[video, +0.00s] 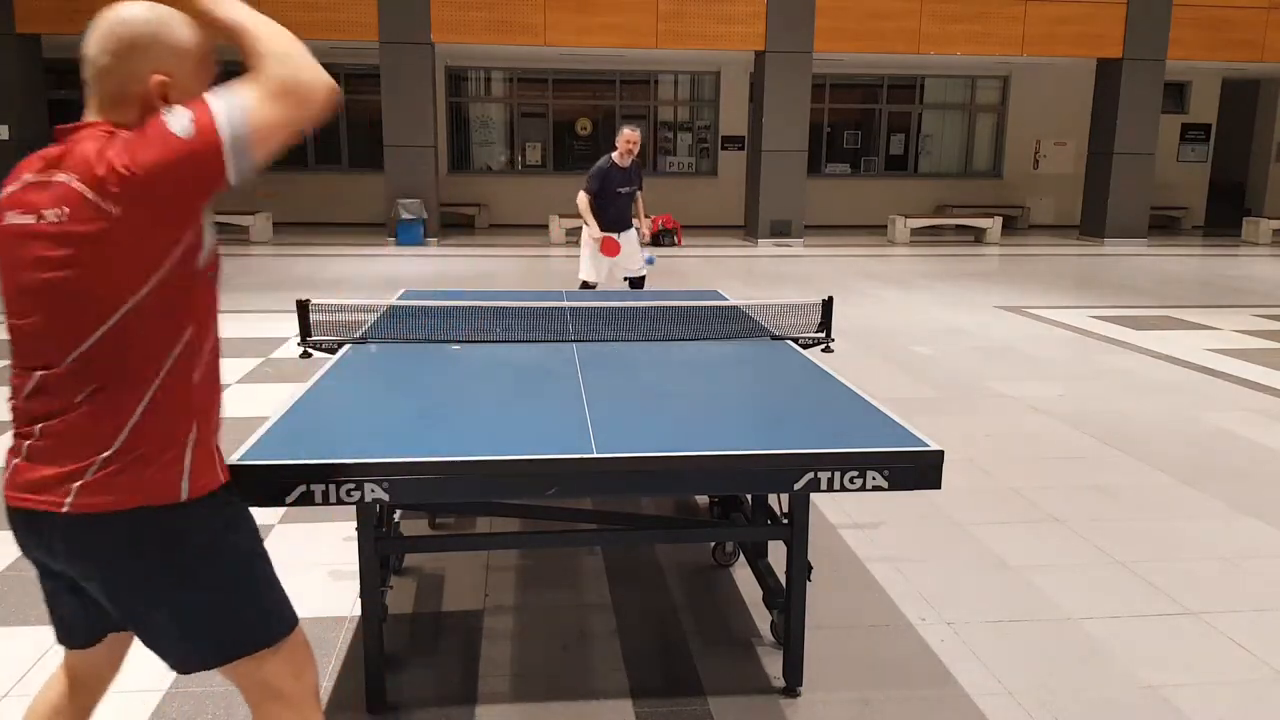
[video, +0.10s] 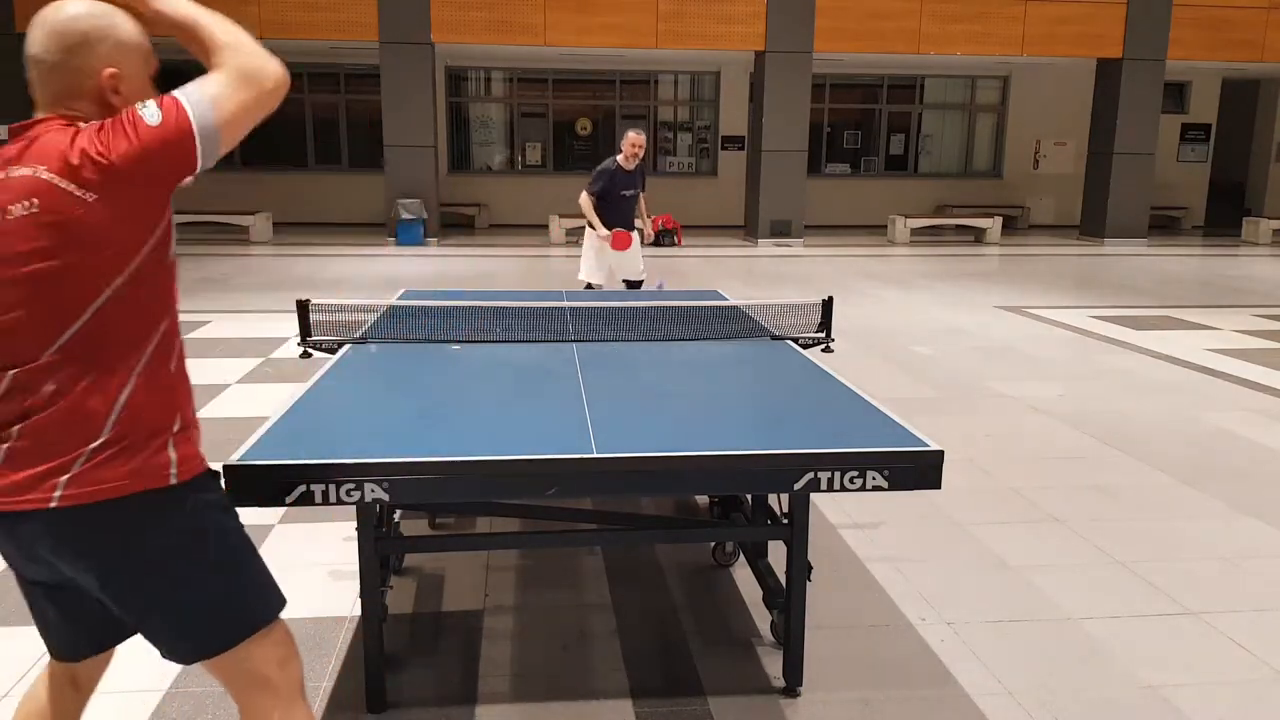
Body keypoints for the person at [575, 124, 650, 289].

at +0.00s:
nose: (631, 147)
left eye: (635, 143)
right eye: (627, 142)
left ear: (639, 145)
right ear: (617, 142)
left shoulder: (635, 166)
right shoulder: (603, 167)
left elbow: (637, 196)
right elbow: (582, 199)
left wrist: (643, 224)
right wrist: (594, 228)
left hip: (626, 233)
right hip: (598, 234)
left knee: (638, 276)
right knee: (590, 282)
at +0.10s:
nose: (636, 151)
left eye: (641, 147)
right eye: (632, 146)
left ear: (645, 149)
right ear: (622, 145)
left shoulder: (639, 169)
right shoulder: (607, 169)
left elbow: (639, 197)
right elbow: (584, 199)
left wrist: (646, 225)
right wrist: (600, 228)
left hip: (628, 236)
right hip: (601, 236)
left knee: (635, 281)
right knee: (595, 285)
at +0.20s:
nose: (642, 161)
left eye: (646, 157)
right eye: (638, 156)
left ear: (650, 159)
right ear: (628, 154)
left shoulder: (645, 177)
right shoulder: (615, 178)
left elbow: (645, 204)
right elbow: (596, 211)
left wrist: (653, 233)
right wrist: (610, 243)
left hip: (632, 239)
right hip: (607, 240)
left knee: (638, 284)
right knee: (608, 284)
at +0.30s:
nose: (649, 170)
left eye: (653, 166)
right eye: (646, 164)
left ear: (657, 167)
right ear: (635, 161)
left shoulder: (648, 180)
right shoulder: (619, 182)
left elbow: (649, 208)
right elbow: (609, 222)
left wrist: (659, 237)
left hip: (631, 234)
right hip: (605, 233)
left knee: (639, 280)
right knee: (617, 276)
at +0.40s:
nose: (654, 183)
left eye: (658, 179)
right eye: (651, 176)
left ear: (662, 178)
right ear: (641, 168)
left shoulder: (649, 186)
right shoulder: (623, 188)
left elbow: (650, 211)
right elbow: (623, 232)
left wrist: (662, 238)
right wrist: (650, 233)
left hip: (630, 234)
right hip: (606, 233)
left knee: (640, 280)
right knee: (625, 276)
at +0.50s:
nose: (656, 199)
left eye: (659, 197)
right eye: (654, 193)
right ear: (644, 182)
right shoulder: (624, 201)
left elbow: (651, 212)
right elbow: (626, 243)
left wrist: (662, 234)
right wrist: (655, 243)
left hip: (631, 239)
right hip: (607, 241)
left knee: (644, 282)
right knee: (633, 282)